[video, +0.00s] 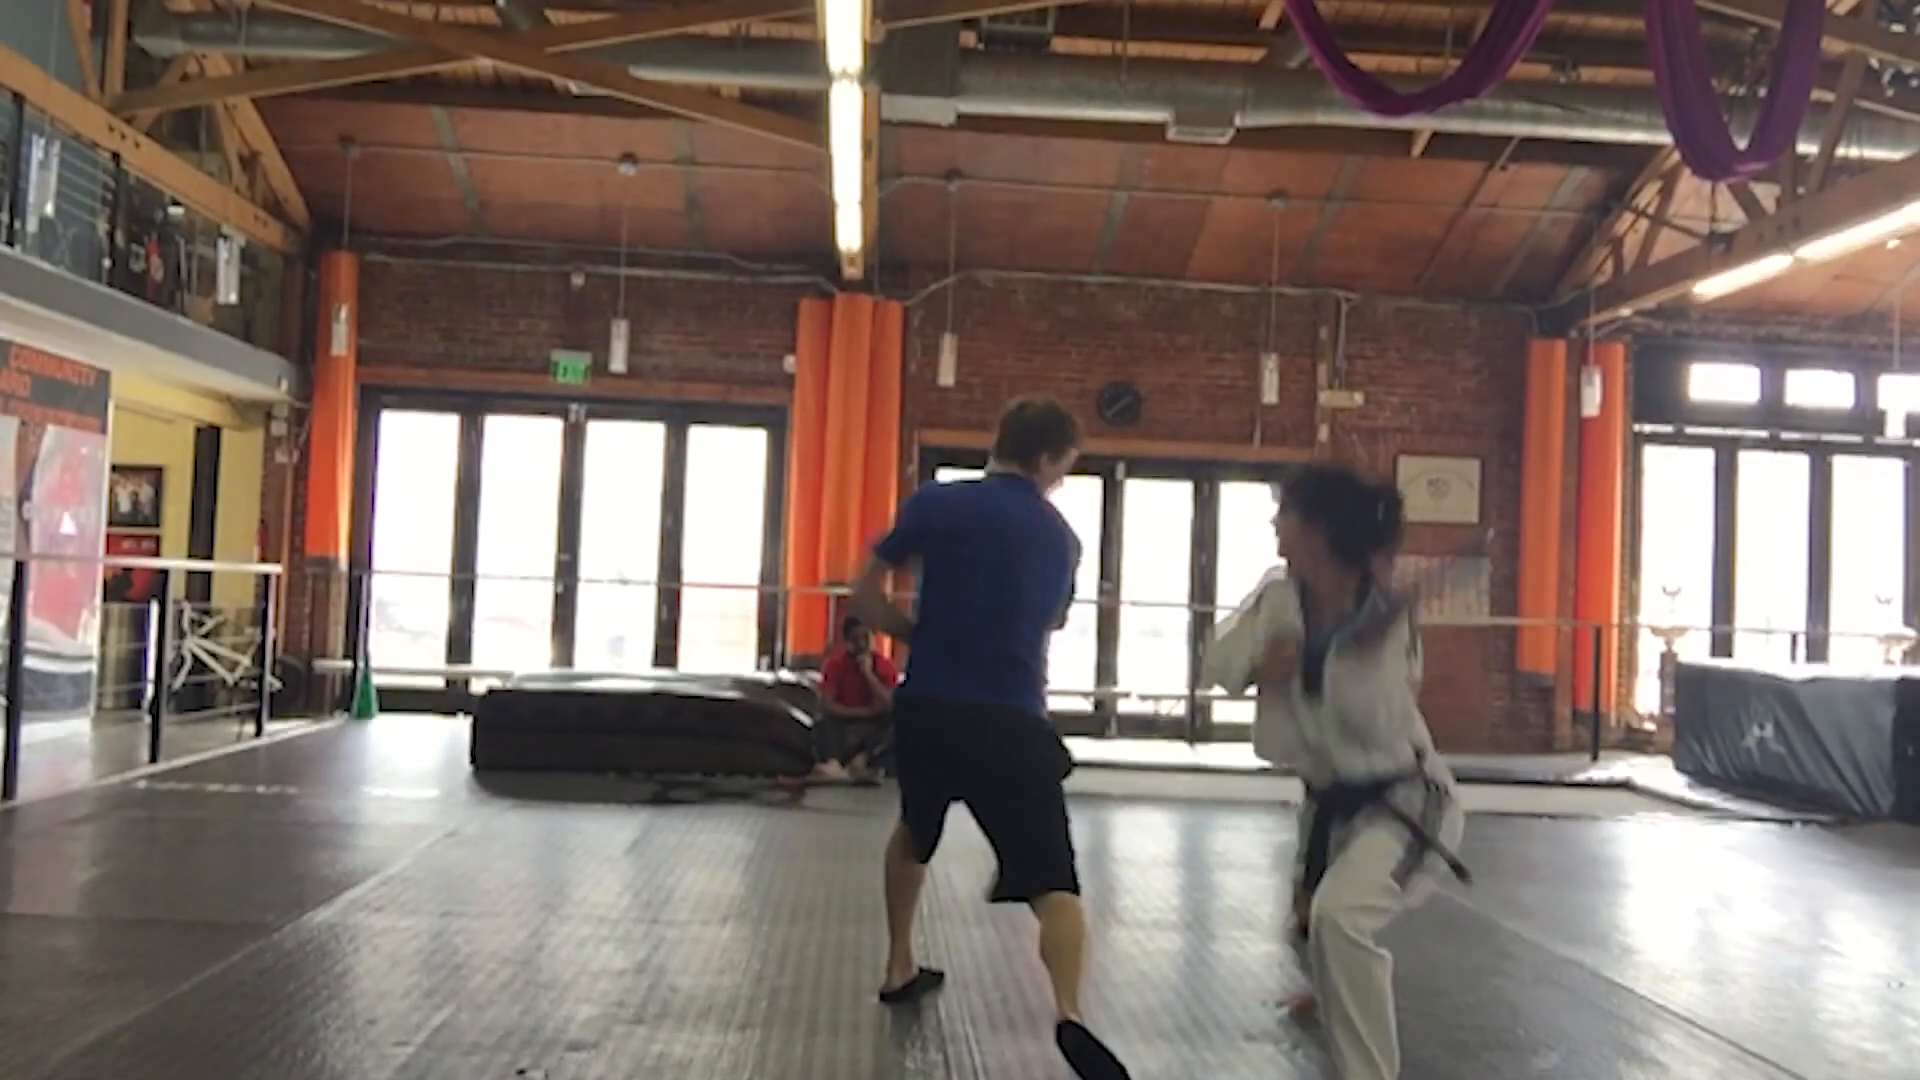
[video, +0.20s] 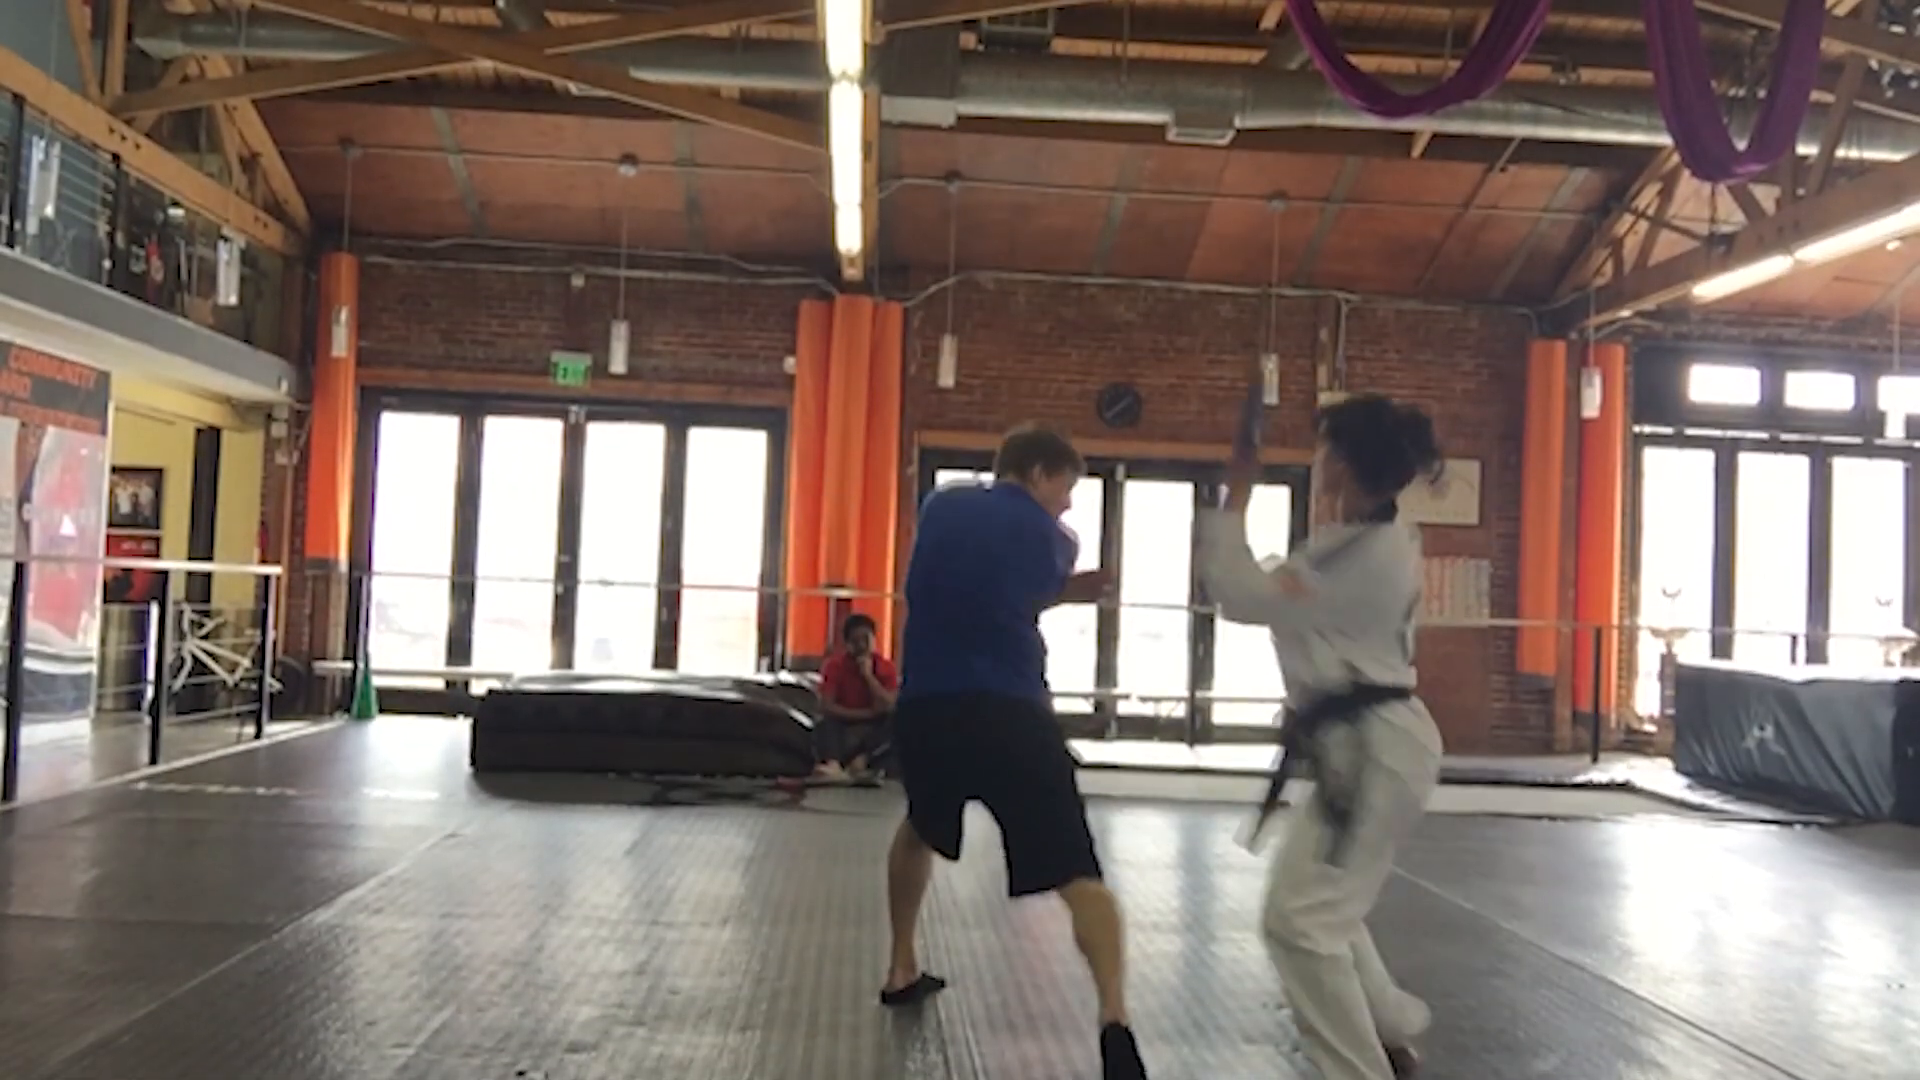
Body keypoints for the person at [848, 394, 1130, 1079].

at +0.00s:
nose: (1066, 474)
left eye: (1068, 462)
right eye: (1067, 462)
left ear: (1000, 448)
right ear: (1048, 459)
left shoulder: (938, 502)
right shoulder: (1059, 537)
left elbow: (865, 596)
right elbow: (1049, 621)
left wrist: (921, 633)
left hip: (927, 712)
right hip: (1012, 726)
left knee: (914, 828)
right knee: (1055, 886)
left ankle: (899, 969)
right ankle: (1070, 1017)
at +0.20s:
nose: (1068, 501)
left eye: (1071, 490)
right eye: (1067, 489)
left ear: (1005, 469)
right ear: (1041, 475)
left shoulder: (939, 505)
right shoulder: (1048, 534)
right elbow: (1035, 597)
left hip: (926, 712)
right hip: (1010, 719)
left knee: (921, 823)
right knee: (1078, 872)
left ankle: (900, 968)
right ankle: (1115, 1021)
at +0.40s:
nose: (1077, 448)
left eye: (1080, 437)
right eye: (1075, 436)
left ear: (1009, 424)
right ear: (1047, 428)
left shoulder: (936, 468)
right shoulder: (1059, 481)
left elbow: (846, 520)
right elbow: (1185, 493)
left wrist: (903, 576)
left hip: (930, 686)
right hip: (1012, 693)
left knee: (927, 813)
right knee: (1061, 862)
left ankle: (895, 965)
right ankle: (1090, 1050)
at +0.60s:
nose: (1074, 426)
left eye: (1074, 416)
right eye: (1071, 415)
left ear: (997, 413)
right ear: (1048, 417)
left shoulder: (942, 468)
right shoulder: (1067, 482)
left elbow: (828, 491)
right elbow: (1177, 492)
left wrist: (828, 548)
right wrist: (1268, 487)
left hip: (944, 694)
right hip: (1031, 701)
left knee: (923, 828)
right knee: (1065, 869)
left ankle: (894, 971)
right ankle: (1092, 1050)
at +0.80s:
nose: (1088, 427)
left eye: (1089, 415)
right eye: (1084, 413)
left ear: (1016, 409)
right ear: (1054, 411)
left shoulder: (951, 458)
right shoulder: (1080, 472)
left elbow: (834, 481)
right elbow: (1199, 480)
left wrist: (778, 548)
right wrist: (1283, 470)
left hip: (955, 689)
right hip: (1039, 694)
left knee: (934, 826)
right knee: (1072, 868)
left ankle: (894, 973)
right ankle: (1085, 1057)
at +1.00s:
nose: (1127, 470)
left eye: (1129, 458)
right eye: (1124, 455)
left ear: (1054, 441)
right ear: (1087, 443)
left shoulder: (970, 470)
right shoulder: (1093, 501)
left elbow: (874, 511)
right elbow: (1193, 560)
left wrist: (814, 589)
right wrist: (1247, 571)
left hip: (943, 694)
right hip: (1021, 698)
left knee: (950, 825)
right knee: (1101, 872)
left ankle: (899, 972)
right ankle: (1090, 1061)